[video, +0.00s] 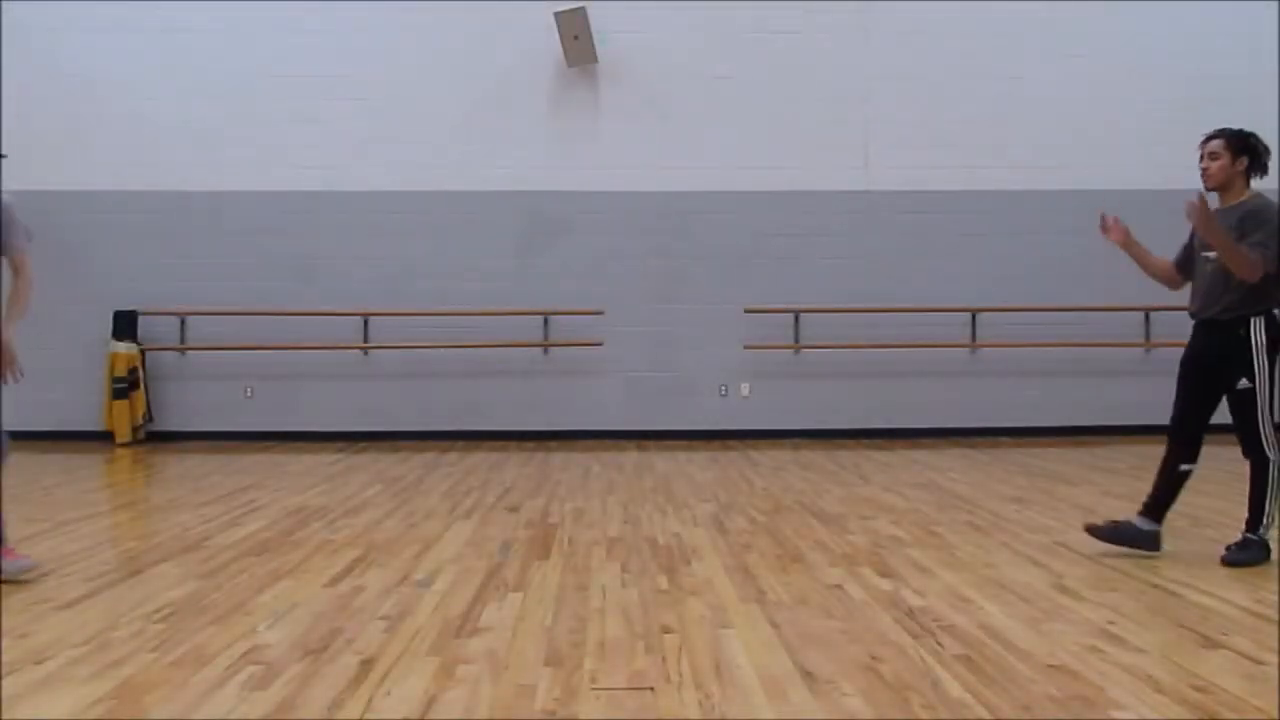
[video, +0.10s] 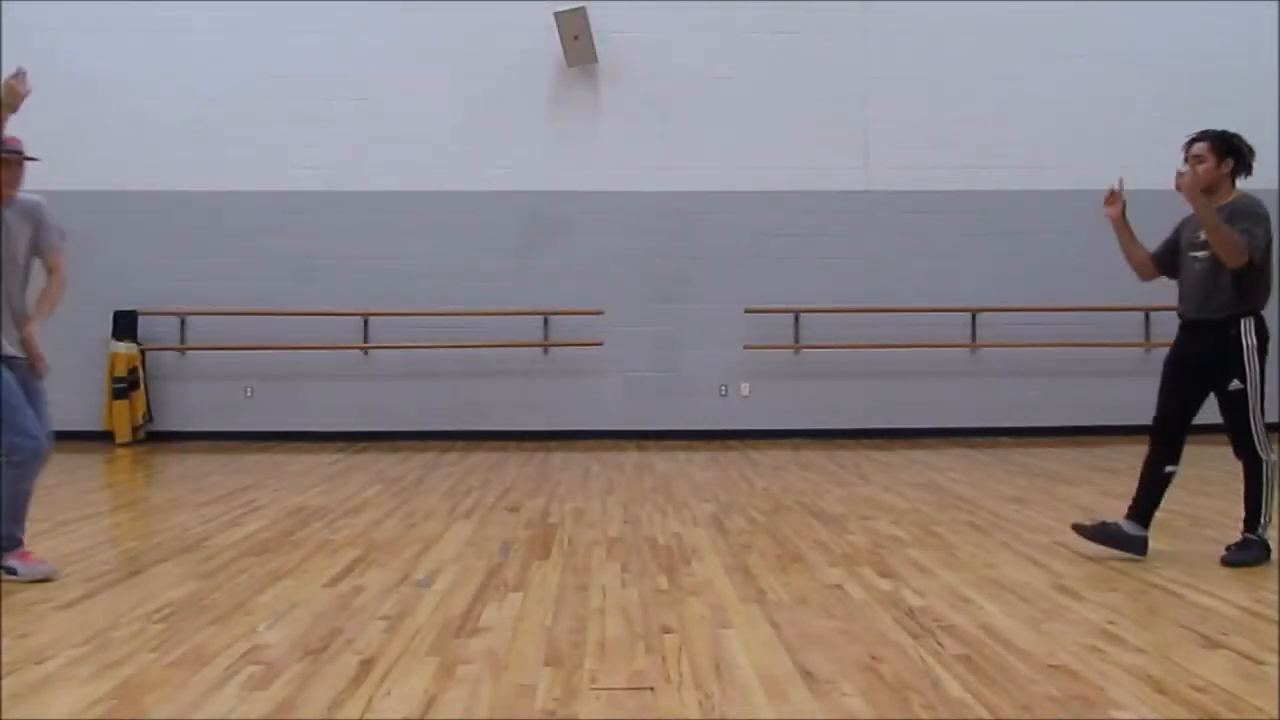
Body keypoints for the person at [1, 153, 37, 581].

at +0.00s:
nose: (3, 162)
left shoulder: (5, 214)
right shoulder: (6, 216)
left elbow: (22, 271)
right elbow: (23, 271)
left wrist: (7, 330)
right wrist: (7, 330)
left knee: (1, 445)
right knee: (2, 445)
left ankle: (3, 544)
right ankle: (3, 544)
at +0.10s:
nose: (10, 173)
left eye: (16, 164)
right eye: (4, 164)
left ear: (23, 170)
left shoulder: (31, 212)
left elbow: (58, 274)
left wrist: (31, 326)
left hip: (16, 346)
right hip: (0, 350)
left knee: (37, 438)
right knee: (25, 440)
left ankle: (10, 540)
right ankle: (9, 544)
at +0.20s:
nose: (51, 177)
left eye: (57, 170)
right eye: (43, 169)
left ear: (63, 177)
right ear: (24, 173)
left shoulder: (67, 218)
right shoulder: (11, 213)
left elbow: (85, 282)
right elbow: (17, 171)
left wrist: (59, 329)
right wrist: (40, 106)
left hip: (51, 353)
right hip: (12, 355)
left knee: (92, 444)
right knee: (54, 458)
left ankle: (29, 526)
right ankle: (13, 544)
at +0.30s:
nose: (97, 175)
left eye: (102, 168)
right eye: (89, 166)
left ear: (106, 175)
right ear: (69, 169)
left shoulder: (105, 220)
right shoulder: (49, 207)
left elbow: (115, 282)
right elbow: (57, 165)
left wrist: (92, 326)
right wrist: (77, 109)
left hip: (86, 352)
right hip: (42, 351)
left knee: (137, 438)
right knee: (71, 462)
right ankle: (15, 546)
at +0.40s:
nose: (140, 178)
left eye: (144, 171)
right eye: (131, 169)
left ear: (148, 179)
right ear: (109, 171)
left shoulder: (145, 224)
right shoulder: (92, 211)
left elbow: (154, 285)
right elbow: (102, 162)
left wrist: (131, 328)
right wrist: (118, 100)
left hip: (120, 352)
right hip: (79, 351)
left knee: (162, 447)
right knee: (122, 458)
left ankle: (136, 551)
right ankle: (37, 527)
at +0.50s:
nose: (182, 189)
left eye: (187, 182)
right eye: (176, 178)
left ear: (188, 188)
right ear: (151, 178)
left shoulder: (186, 232)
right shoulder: (129, 215)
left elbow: (195, 294)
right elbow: (134, 165)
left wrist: (171, 335)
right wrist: (150, 103)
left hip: (157, 355)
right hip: (117, 353)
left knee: (193, 459)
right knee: (185, 453)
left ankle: (144, 546)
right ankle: (113, 531)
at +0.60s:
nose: (221, 186)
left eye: (226, 180)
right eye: (214, 176)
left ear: (226, 186)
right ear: (191, 176)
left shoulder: (225, 233)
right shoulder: (168, 212)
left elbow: (233, 298)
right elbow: (167, 165)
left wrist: (208, 343)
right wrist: (178, 102)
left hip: (193, 354)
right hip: (156, 350)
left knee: (213, 461)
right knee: (230, 448)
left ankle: (145, 548)